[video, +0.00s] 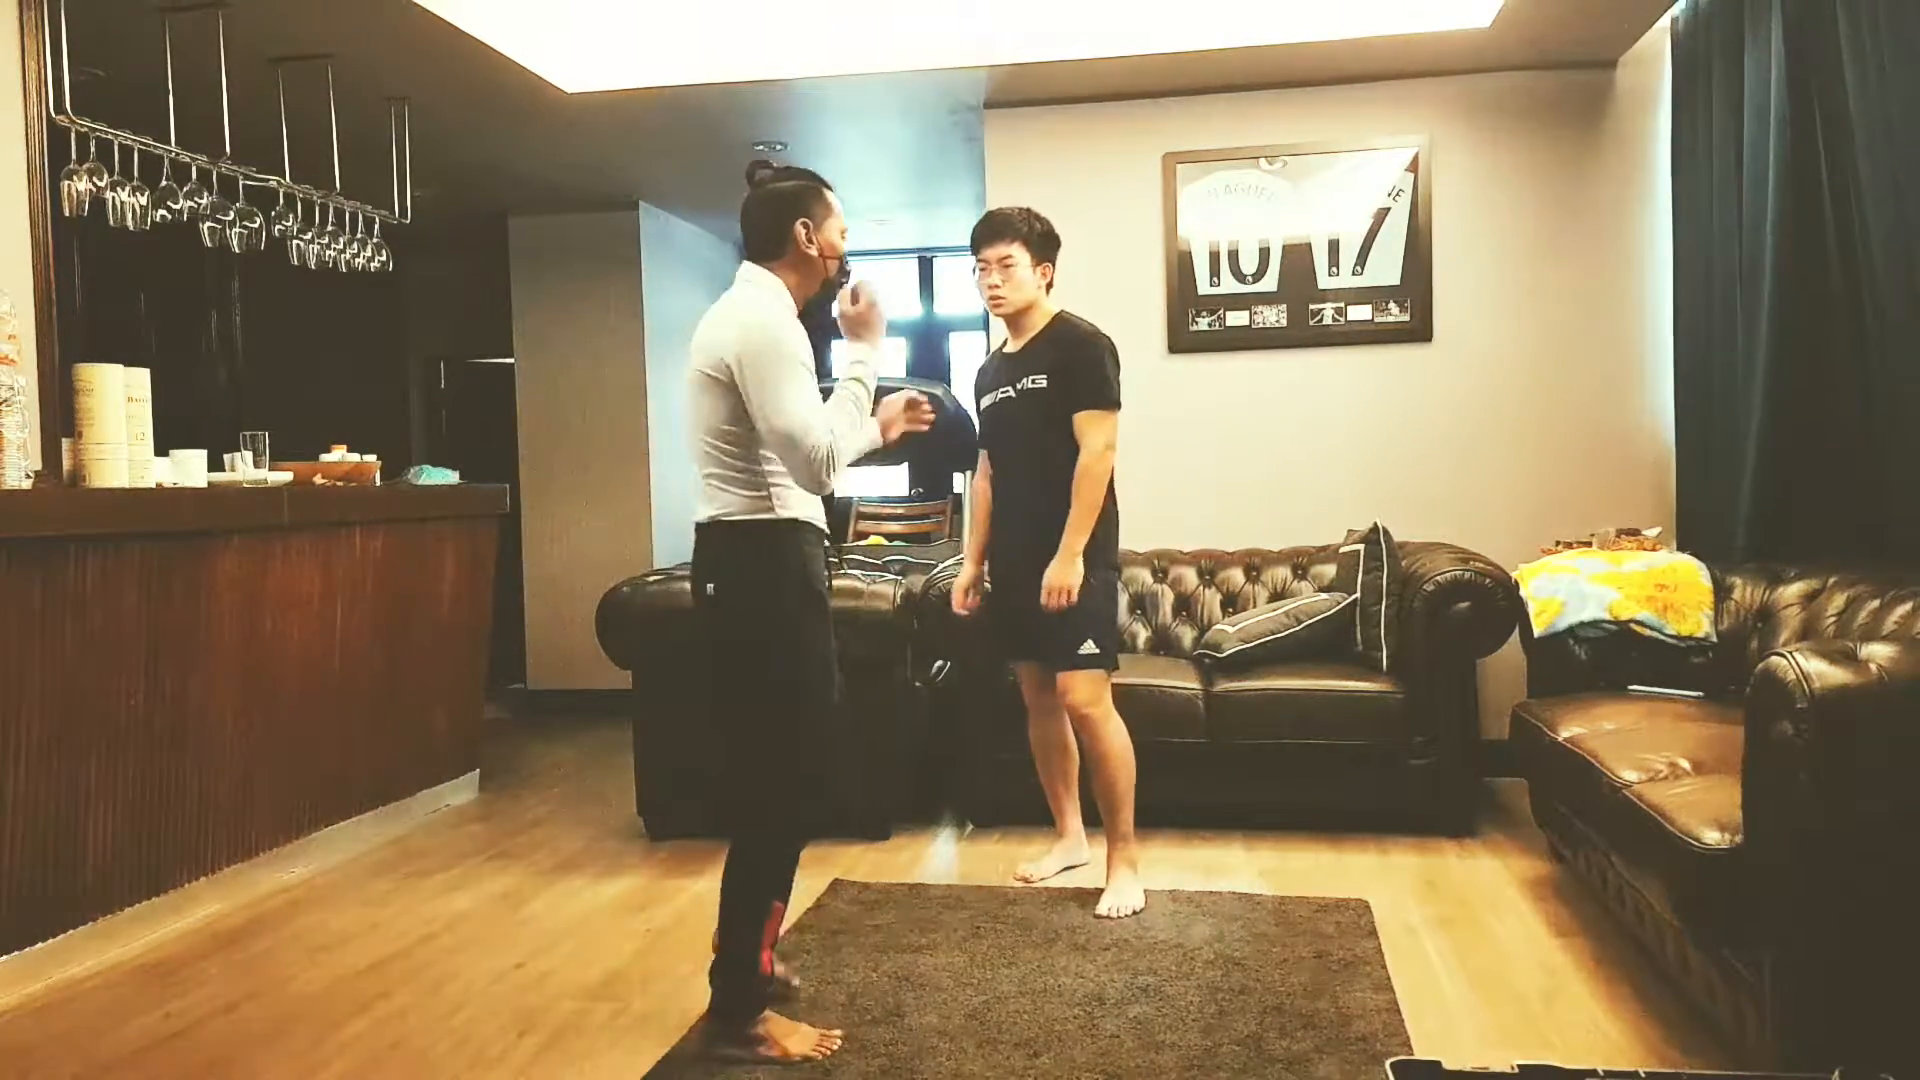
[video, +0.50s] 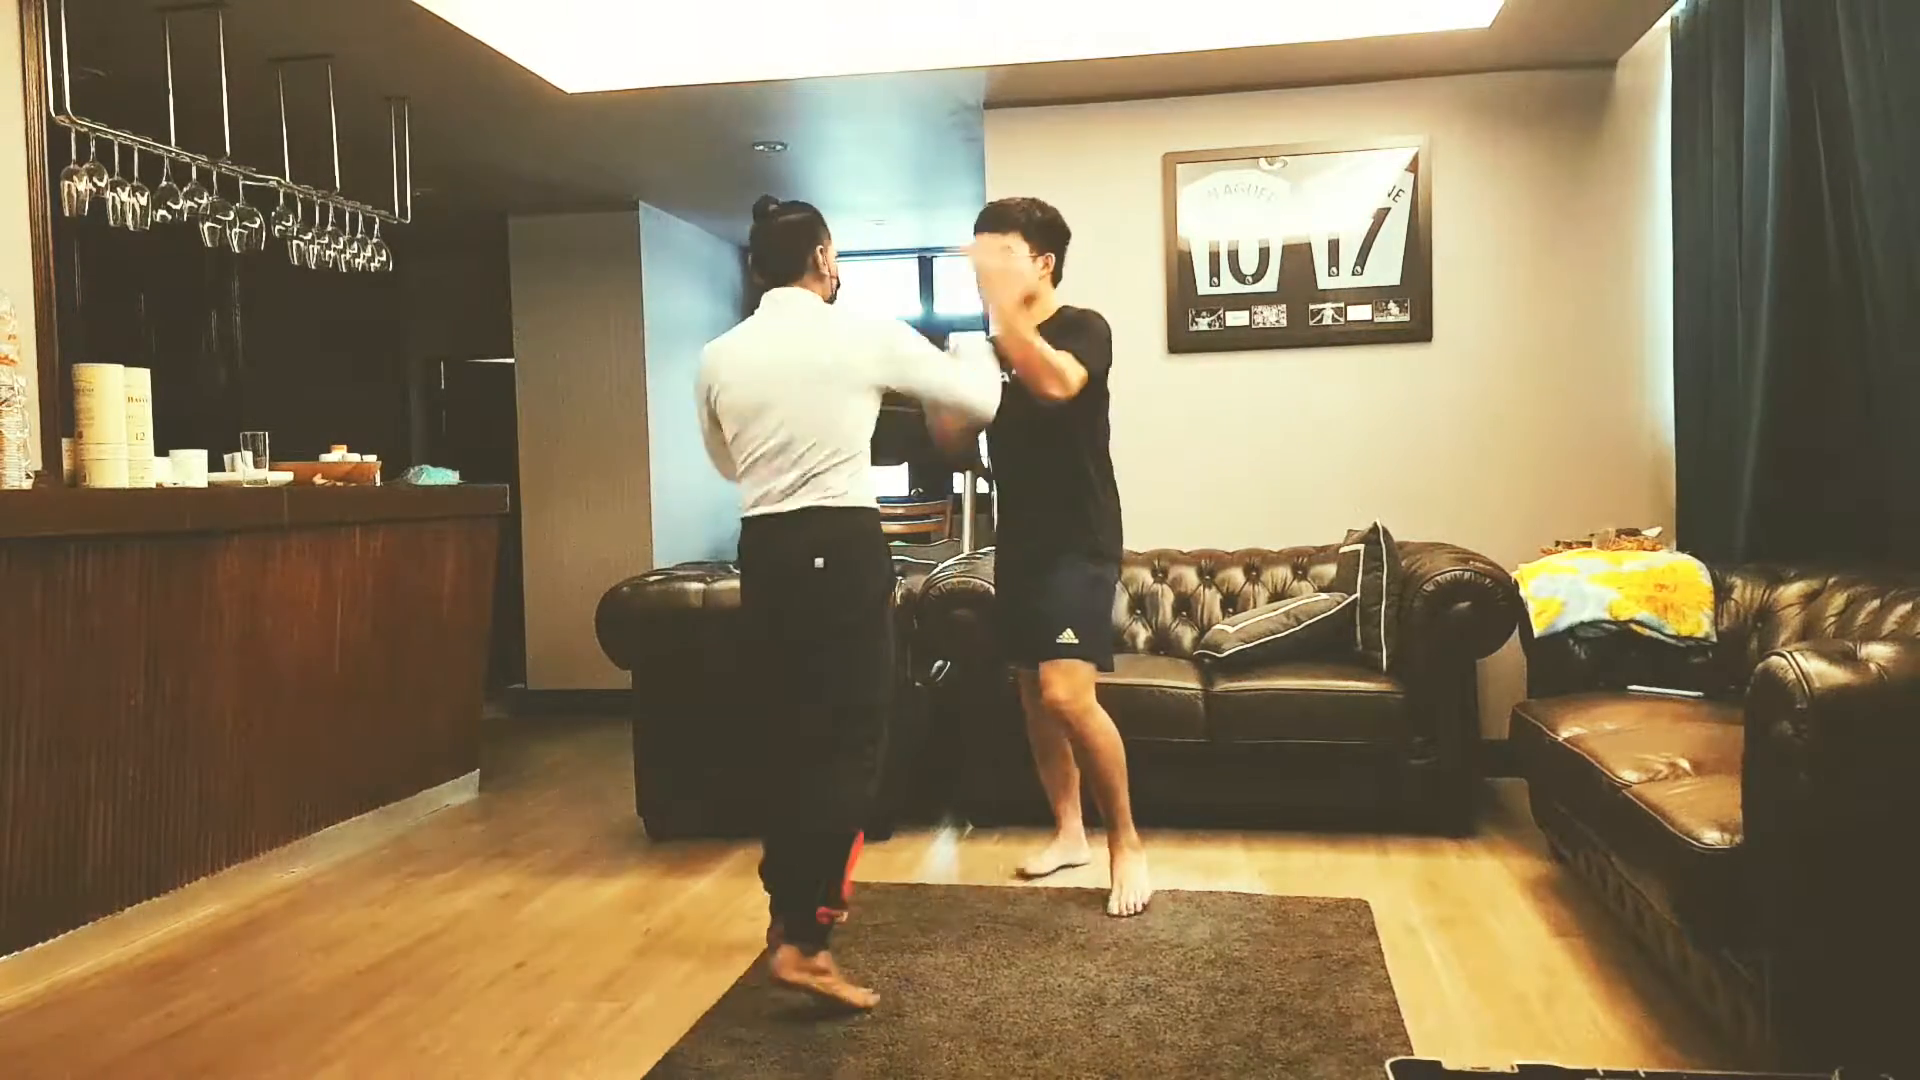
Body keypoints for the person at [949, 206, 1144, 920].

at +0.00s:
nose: (991, 280)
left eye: (1006, 266)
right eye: (983, 269)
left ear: (1046, 269)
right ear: (979, 278)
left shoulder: (1082, 345)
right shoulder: (990, 370)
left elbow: (1097, 455)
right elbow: (989, 469)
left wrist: (1070, 555)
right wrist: (973, 557)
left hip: (1077, 551)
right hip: (1016, 553)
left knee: (1085, 699)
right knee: (1040, 697)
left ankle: (1123, 861)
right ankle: (1071, 841)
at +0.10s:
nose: (989, 279)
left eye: (1004, 265)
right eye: (981, 268)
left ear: (1043, 268)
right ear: (976, 276)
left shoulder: (1081, 345)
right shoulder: (987, 369)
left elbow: (1101, 452)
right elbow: (984, 471)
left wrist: (1069, 547)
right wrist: (970, 552)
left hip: (1075, 551)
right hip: (1013, 553)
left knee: (1085, 701)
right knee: (1038, 697)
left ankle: (1123, 858)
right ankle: (1071, 841)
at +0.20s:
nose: (988, 278)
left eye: (1002, 264)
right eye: (979, 267)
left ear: (1041, 269)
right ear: (974, 276)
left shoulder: (1084, 346)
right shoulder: (985, 372)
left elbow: (1113, 447)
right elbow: (986, 467)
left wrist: (1062, 502)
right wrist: (969, 542)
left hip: (1076, 555)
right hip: (1012, 556)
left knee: (1084, 701)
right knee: (1038, 699)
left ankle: (1123, 859)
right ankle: (1070, 842)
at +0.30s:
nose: (987, 277)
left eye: (1002, 263)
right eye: (979, 266)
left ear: (1041, 267)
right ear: (975, 275)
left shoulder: (1087, 346)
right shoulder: (983, 370)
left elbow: (1111, 440)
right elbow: (985, 457)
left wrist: (1070, 419)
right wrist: (970, 514)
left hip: (1078, 553)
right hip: (1012, 554)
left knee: (1082, 699)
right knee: (1036, 694)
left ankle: (1124, 858)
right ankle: (1069, 842)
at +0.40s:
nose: (987, 275)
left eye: (1002, 261)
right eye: (980, 263)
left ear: (1043, 265)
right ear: (977, 273)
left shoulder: (1082, 340)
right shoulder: (984, 366)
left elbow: (1077, 429)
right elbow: (976, 453)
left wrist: (1070, 331)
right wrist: (972, 463)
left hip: (1075, 542)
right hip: (1013, 546)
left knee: (1076, 696)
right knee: (1037, 696)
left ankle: (1123, 853)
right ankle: (1069, 841)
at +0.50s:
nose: (983, 273)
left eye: (995, 259)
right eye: (980, 261)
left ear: (1041, 262)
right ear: (1002, 269)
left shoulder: (1083, 327)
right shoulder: (1000, 349)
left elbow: (1059, 381)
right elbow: (955, 447)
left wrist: (997, 301)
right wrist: (945, 394)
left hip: (1078, 537)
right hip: (1020, 537)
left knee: (1069, 696)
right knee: (1035, 694)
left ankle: (1126, 847)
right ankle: (1070, 838)